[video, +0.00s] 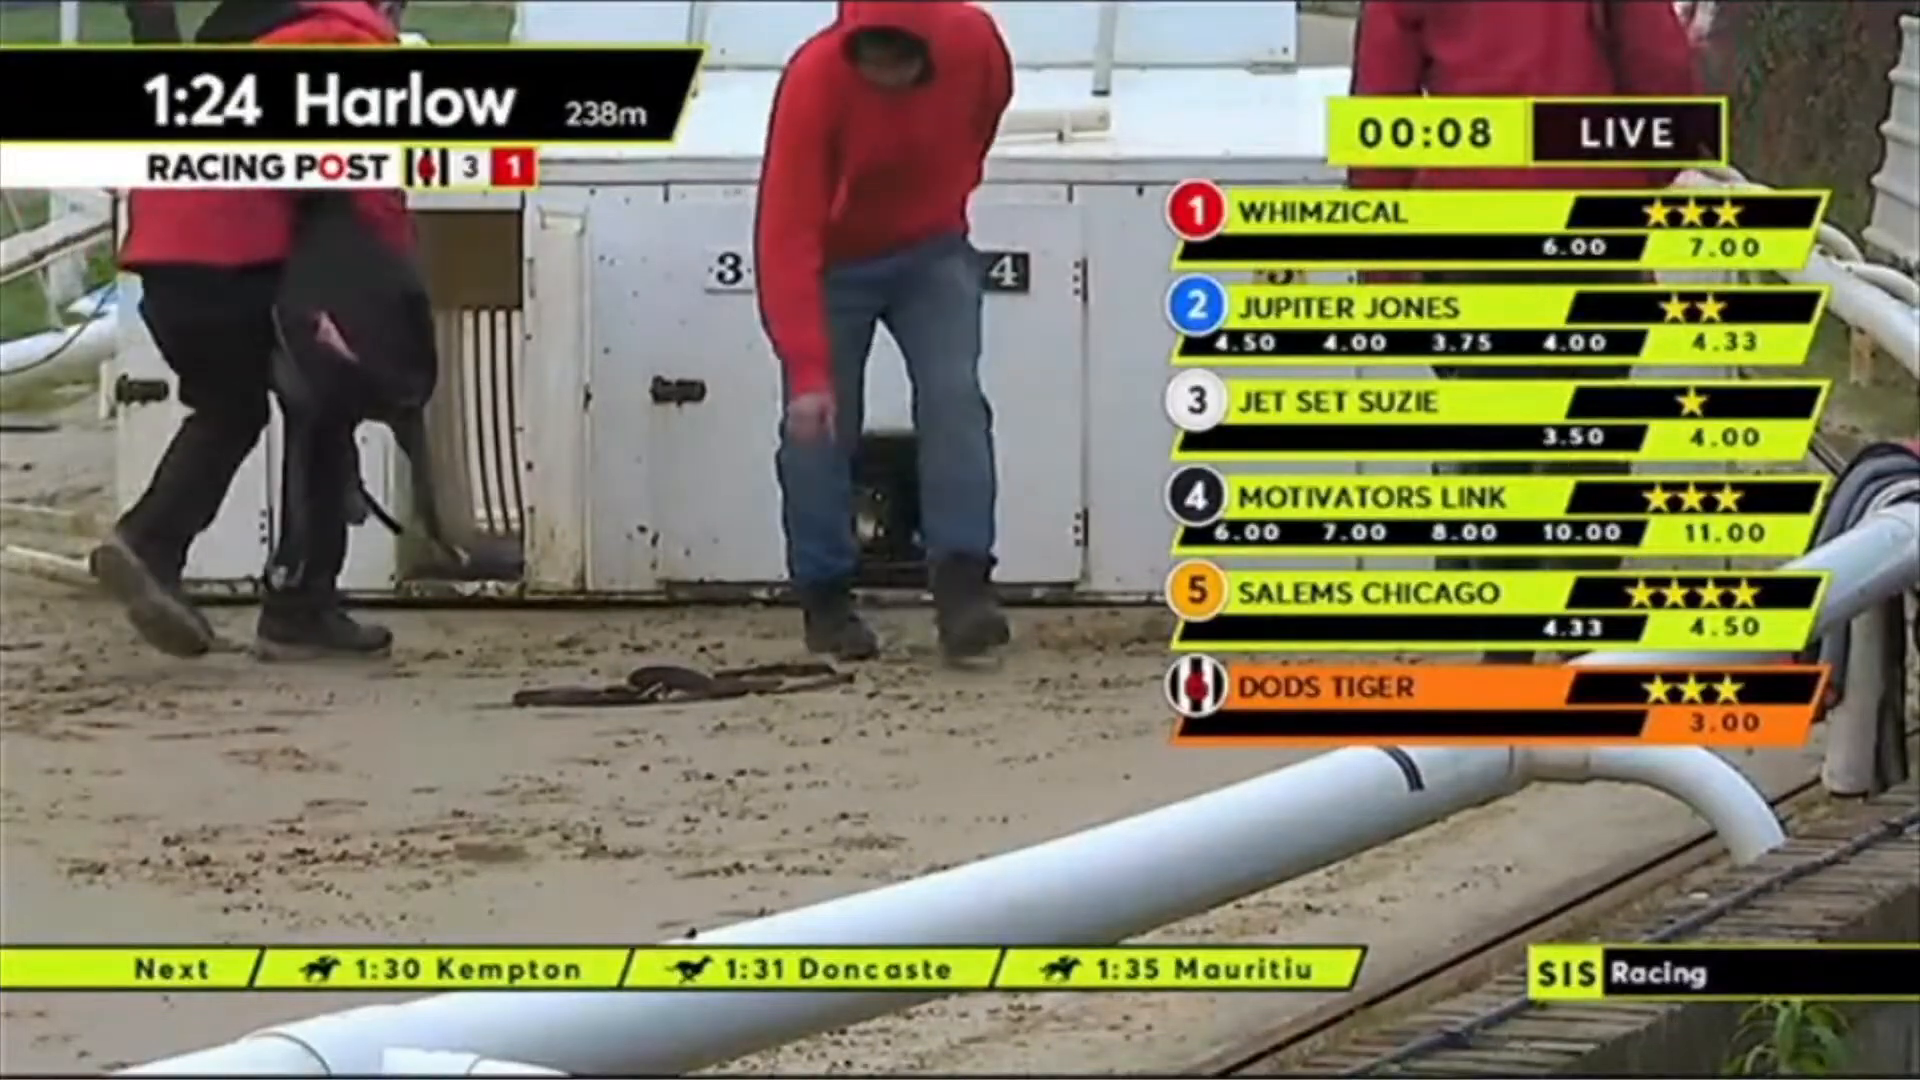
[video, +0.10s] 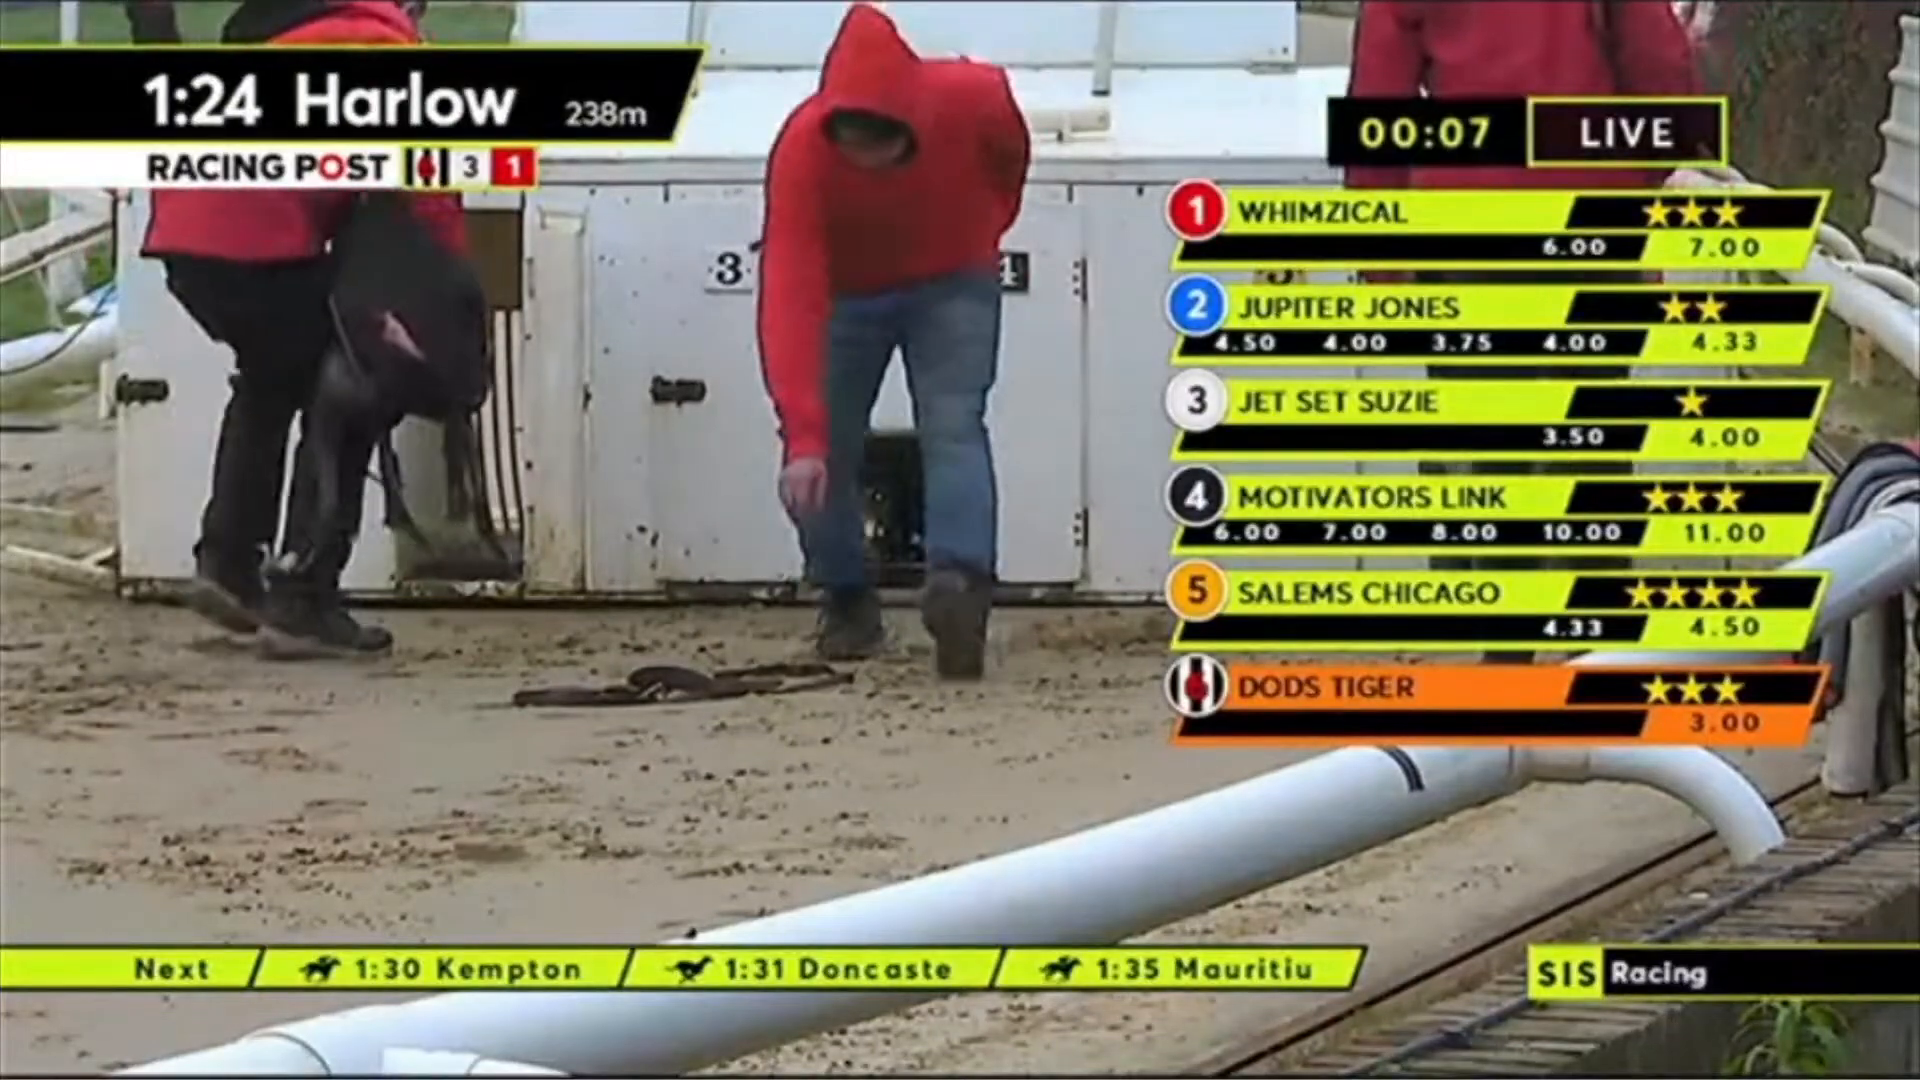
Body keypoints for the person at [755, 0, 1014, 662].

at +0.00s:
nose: (886, 66)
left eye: (901, 52)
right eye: (871, 50)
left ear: (928, 38)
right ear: (851, 36)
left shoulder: (974, 41)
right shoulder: (815, 77)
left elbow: (980, 131)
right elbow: (787, 234)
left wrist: (938, 211)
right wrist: (806, 372)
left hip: (932, 259)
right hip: (830, 271)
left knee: (952, 395)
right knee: (817, 419)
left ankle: (963, 587)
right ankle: (826, 602)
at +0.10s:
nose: (864, 153)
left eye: (879, 139)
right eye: (850, 138)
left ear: (910, 118)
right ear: (833, 122)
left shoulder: (978, 100)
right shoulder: (803, 152)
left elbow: (1010, 172)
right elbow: (793, 298)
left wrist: (983, 236)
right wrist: (803, 441)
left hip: (951, 286)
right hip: (843, 299)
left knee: (952, 425)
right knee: (823, 449)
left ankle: (959, 600)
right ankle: (846, 609)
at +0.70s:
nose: (857, 379)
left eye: (865, 362)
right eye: (843, 365)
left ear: (896, 326)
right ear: (823, 343)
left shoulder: (990, 263)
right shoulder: (827, 335)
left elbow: (1094, 316)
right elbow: (795, 469)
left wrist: (1111, 429)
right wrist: (756, 621)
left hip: (1025, 312)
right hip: (928, 329)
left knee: (997, 450)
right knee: (866, 461)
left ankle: (991, 625)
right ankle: (897, 599)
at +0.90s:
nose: (875, 279)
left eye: (886, 262)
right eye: (858, 266)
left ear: (918, 238)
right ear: (837, 254)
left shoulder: (997, 208)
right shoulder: (821, 262)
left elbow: (1092, 271)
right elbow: (800, 366)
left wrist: (1076, 396)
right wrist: (766, 476)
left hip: (1019, 300)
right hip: (912, 313)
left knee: (994, 443)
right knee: (875, 449)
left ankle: (988, 623)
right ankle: (905, 571)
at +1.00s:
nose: (905, 196)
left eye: (917, 181)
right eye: (890, 188)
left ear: (939, 142)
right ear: (861, 159)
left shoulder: (1003, 151)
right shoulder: (829, 176)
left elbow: (1054, 273)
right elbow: (802, 267)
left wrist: (976, 360)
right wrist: (799, 320)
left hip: (1011, 288)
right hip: (907, 290)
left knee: (1001, 448)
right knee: (881, 443)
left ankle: (985, 619)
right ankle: (907, 564)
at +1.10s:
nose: (916, 100)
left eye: (929, 80)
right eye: (896, 84)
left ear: (953, 74)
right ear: (871, 85)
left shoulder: (1003, 115)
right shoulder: (837, 129)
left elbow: (1027, 254)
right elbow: (787, 249)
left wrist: (914, 321)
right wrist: (819, 262)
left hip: (1012, 259)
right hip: (906, 269)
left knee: (1001, 429)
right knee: (896, 428)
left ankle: (982, 618)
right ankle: (907, 615)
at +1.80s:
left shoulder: (1130, 14)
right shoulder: (934, 11)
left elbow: (1169, 137)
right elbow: (842, 31)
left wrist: (1098, 192)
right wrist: (783, 4)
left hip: (1089, 278)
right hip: (968, 280)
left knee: (1094, 463)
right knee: (948, 464)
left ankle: (1105, 659)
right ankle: (932, 651)